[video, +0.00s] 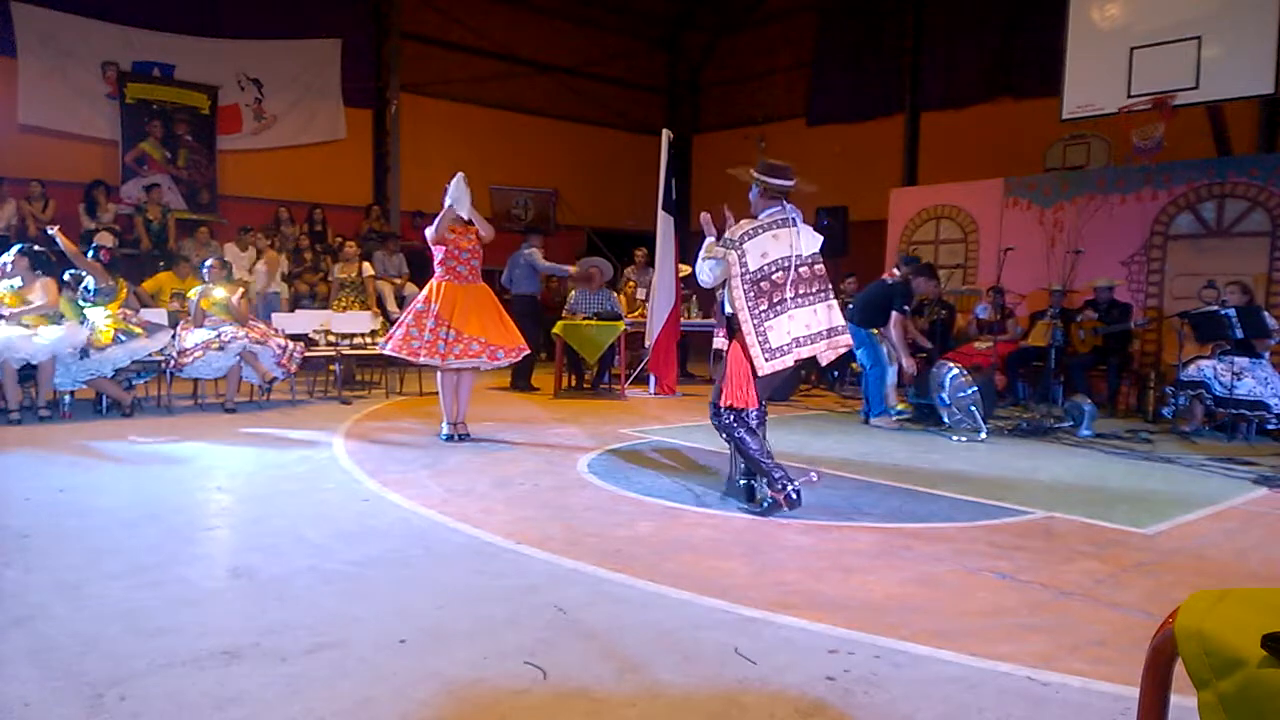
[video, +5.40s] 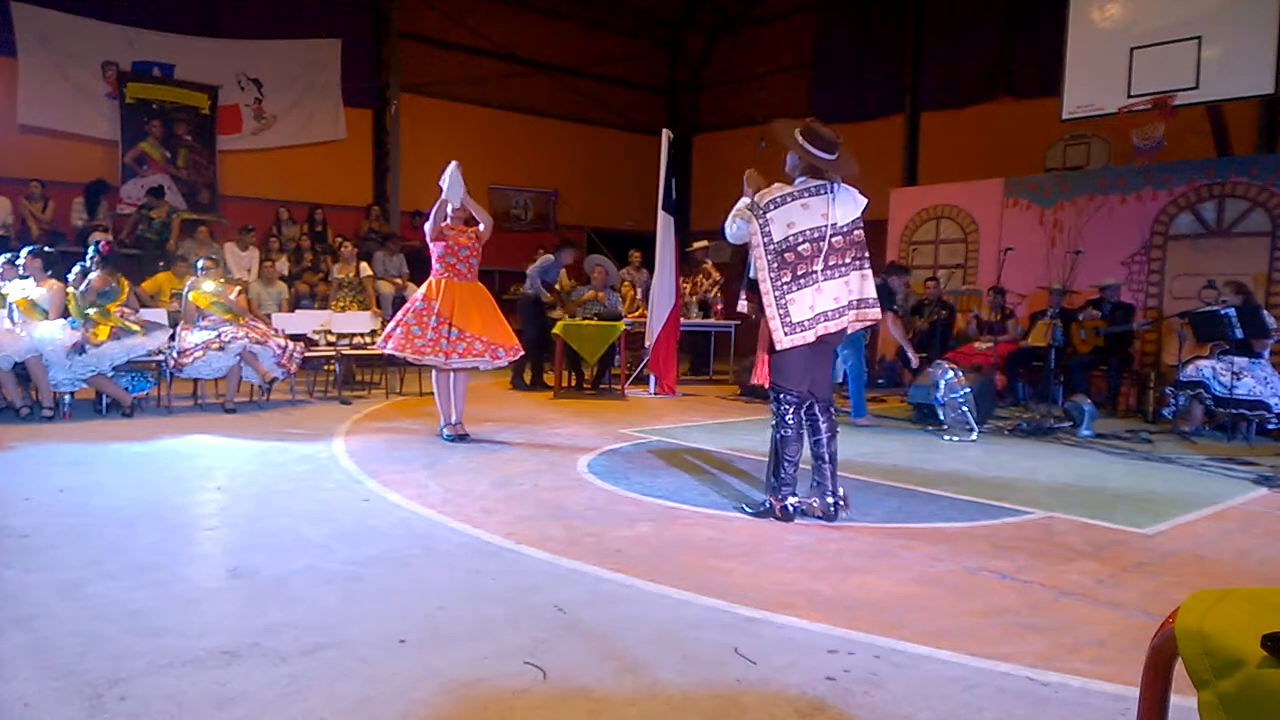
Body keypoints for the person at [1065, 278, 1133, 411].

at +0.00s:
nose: (1099, 295)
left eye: (1103, 291)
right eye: (1097, 291)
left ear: (1111, 292)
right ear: (1094, 292)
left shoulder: (1123, 308)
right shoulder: (1090, 305)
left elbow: (1118, 321)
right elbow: (1070, 315)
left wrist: (1097, 317)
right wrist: (1079, 316)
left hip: (1116, 350)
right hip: (1096, 348)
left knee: (1114, 367)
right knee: (1076, 364)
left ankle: (1111, 404)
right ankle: (1084, 400)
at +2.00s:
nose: (1097, 295)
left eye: (1101, 292)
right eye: (1096, 292)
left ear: (1110, 292)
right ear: (1094, 292)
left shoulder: (1124, 308)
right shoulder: (1091, 305)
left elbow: (1118, 320)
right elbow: (1068, 315)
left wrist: (1097, 315)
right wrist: (1079, 315)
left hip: (1117, 349)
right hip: (1096, 348)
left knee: (1114, 365)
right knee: (1076, 362)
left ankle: (1111, 403)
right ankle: (1083, 399)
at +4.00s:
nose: (1111, 294)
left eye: (1114, 291)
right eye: (1108, 291)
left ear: (1118, 292)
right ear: (1101, 293)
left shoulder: (1126, 308)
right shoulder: (1093, 304)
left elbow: (1121, 320)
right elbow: (1067, 316)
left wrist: (1102, 311)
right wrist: (1084, 312)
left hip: (1117, 349)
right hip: (1096, 348)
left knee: (1114, 365)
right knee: (1077, 362)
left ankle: (1111, 404)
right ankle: (1082, 400)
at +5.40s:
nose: (1113, 294)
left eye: (1116, 290)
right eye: (1110, 290)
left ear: (1119, 292)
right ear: (1102, 292)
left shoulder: (1127, 308)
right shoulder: (1093, 305)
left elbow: (1122, 322)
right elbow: (1069, 315)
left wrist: (1101, 316)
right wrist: (1081, 316)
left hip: (1118, 350)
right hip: (1097, 349)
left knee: (1115, 368)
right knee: (1077, 364)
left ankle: (1111, 404)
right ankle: (1083, 400)